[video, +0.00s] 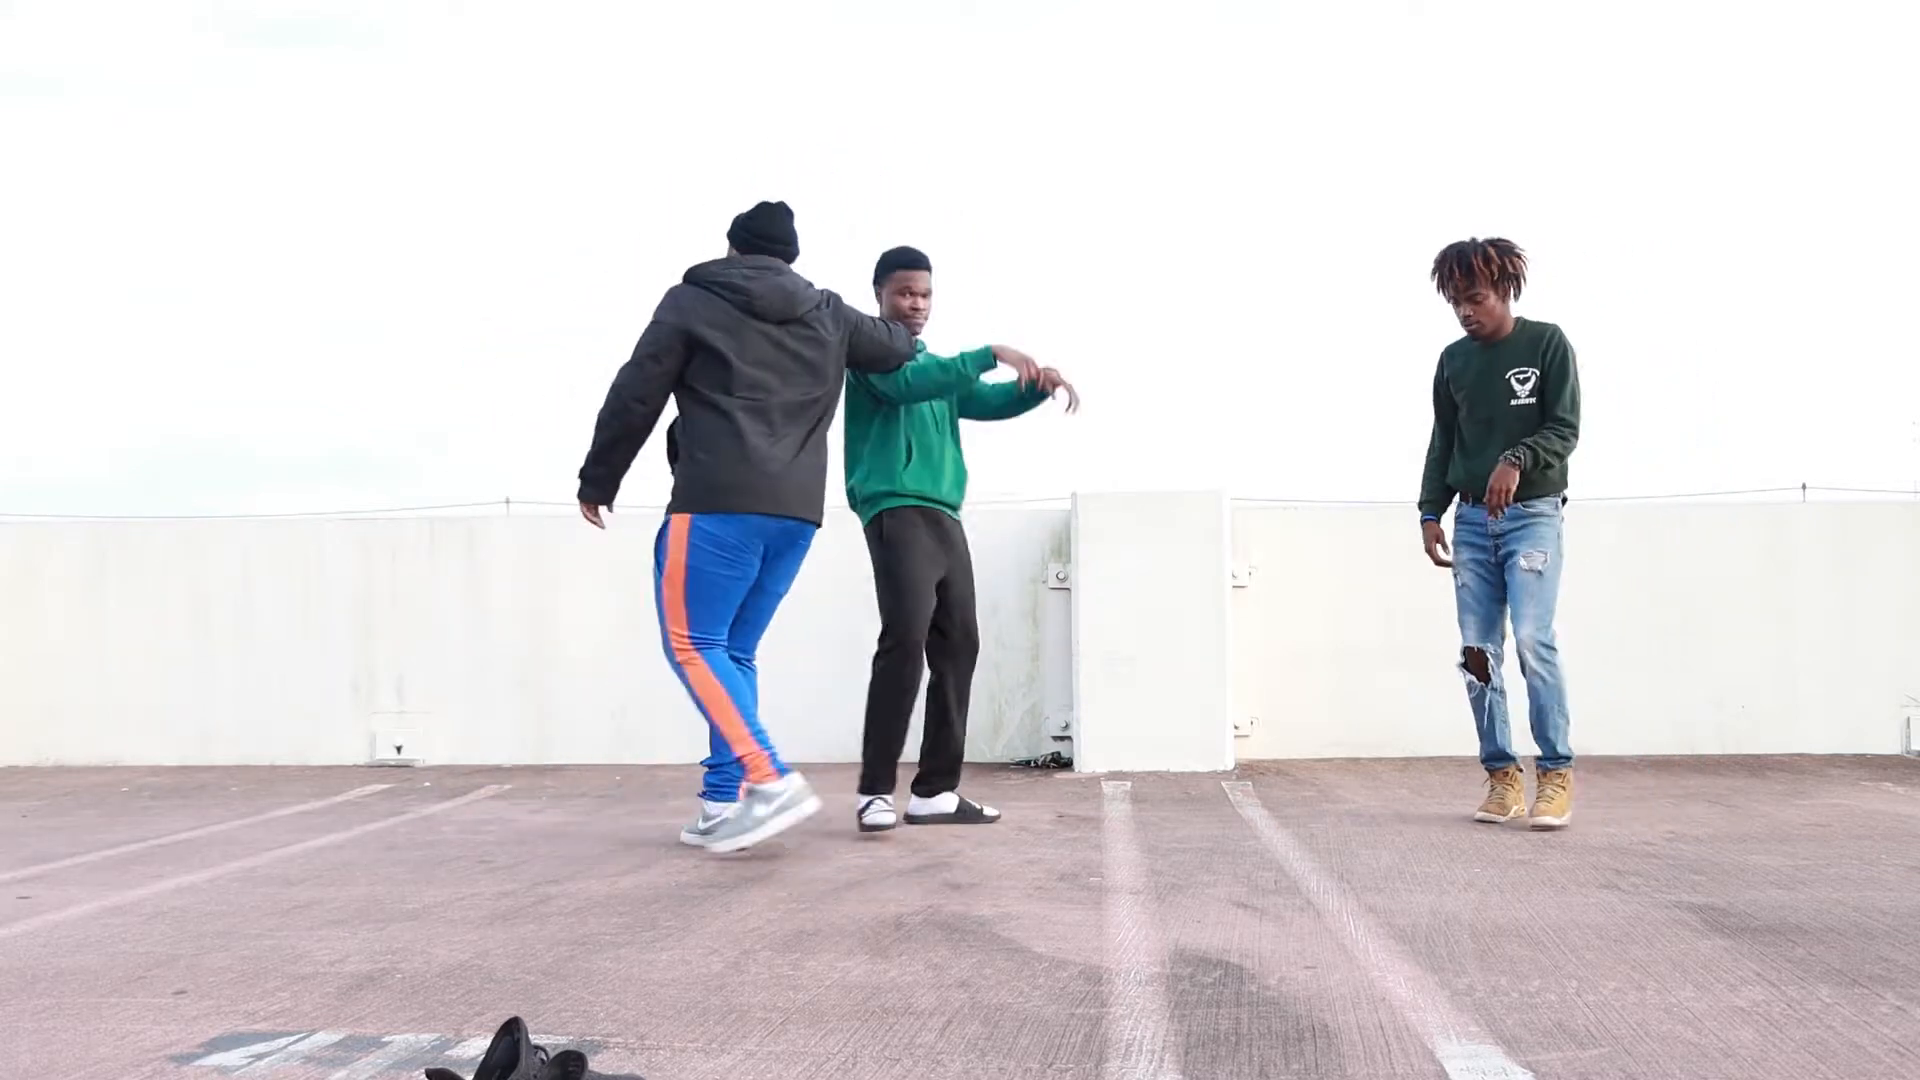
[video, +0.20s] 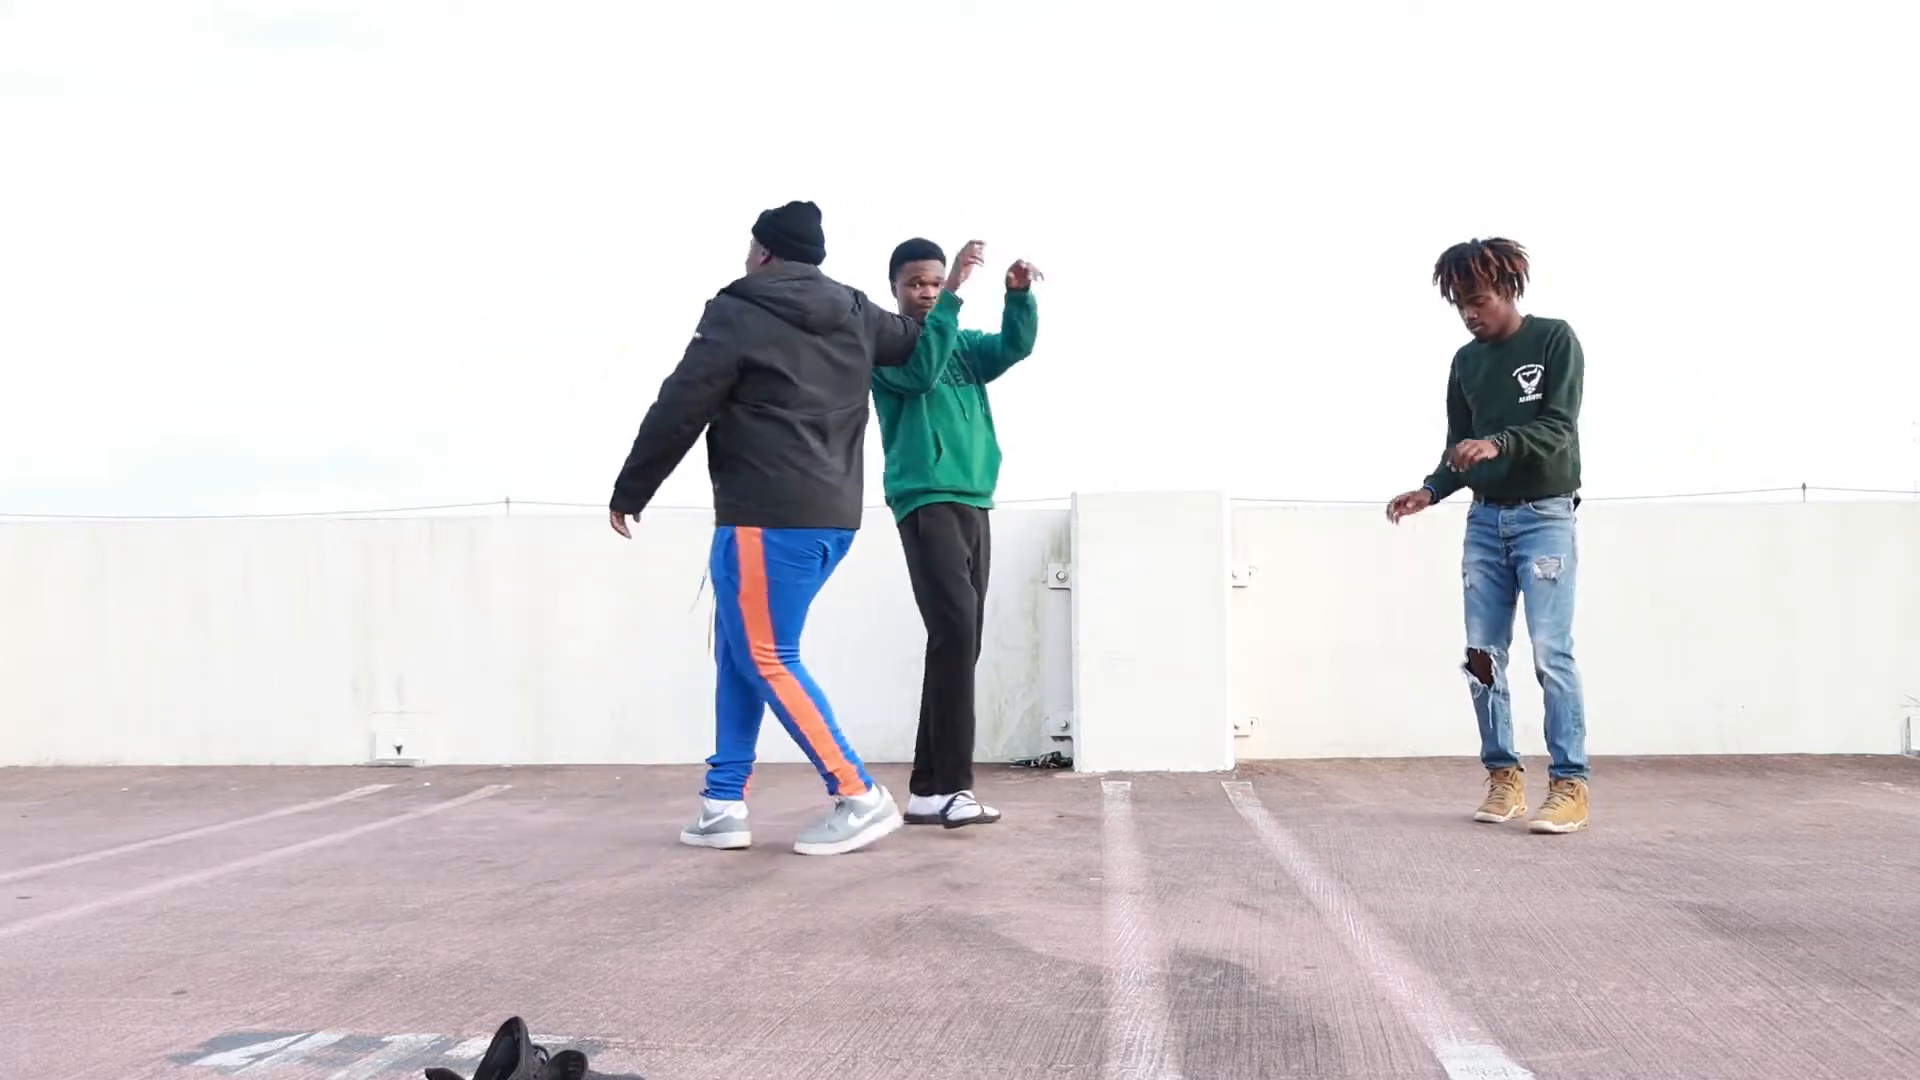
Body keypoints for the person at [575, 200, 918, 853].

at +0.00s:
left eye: (736, 244)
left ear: (732, 246)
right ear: (791, 255)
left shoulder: (694, 301)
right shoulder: (827, 313)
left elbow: (639, 390)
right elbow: (893, 348)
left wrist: (600, 477)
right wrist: (901, 330)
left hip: (716, 500)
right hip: (797, 508)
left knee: (690, 644)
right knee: (737, 652)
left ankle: (771, 783)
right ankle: (721, 803)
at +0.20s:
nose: (746, 258)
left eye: (750, 248)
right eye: (752, 248)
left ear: (764, 253)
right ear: (812, 258)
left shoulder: (739, 310)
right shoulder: (852, 310)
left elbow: (682, 404)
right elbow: (906, 340)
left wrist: (630, 491)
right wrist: (930, 302)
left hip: (765, 515)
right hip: (832, 518)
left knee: (768, 659)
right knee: (738, 651)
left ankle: (860, 797)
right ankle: (725, 803)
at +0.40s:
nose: (766, 243)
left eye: (777, 233)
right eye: (769, 232)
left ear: (814, 243)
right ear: (820, 245)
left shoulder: (805, 315)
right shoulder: (871, 301)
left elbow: (757, 420)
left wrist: (687, 503)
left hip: (828, 508)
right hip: (814, 509)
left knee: (821, 651)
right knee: (765, 634)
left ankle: (870, 807)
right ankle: (792, 792)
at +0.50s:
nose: (800, 242)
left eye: (814, 232)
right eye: (797, 231)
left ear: (852, 242)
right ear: (804, 238)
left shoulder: (855, 314)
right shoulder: (838, 301)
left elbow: (820, 418)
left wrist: (766, 503)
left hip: (857, 502)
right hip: (825, 500)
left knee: (834, 647)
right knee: (791, 636)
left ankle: (871, 808)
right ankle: (875, 773)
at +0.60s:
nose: (838, 246)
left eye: (853, 234)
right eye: (829, 234)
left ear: (884, 242)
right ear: (821, 243)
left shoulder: (894, 311)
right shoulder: (835, 308)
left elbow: (899, 412)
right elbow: (828, 413)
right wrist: (813, 506)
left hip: (882, 507)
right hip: (834, 506)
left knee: (849, 647)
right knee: (832, 644)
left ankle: (872, 808)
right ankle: (937, 774)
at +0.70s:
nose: (869, 248)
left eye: (883, 237)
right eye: (858, 236)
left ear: (906, 246)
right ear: (843, 246)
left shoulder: (926, 308)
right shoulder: (838, 307)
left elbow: (962, 400)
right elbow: (840, 408)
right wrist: (837, 513)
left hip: (920, 504)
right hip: (858, 507)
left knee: (869, 648)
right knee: (895, 654)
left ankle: (874, 806)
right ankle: (963, 795)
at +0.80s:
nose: (895, 244)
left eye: (908, 232)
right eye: (882, 232)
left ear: (924, 243)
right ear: (862, 243)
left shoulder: (951, 307)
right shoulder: (850, 306)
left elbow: (1006, 391)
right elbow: (833, 381)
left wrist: (1057, 469)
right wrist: (823, 445)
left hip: (948, 497)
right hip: (885, 500)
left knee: (900, 646)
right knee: (925, 652)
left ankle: (884, 803)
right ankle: (969, 801)